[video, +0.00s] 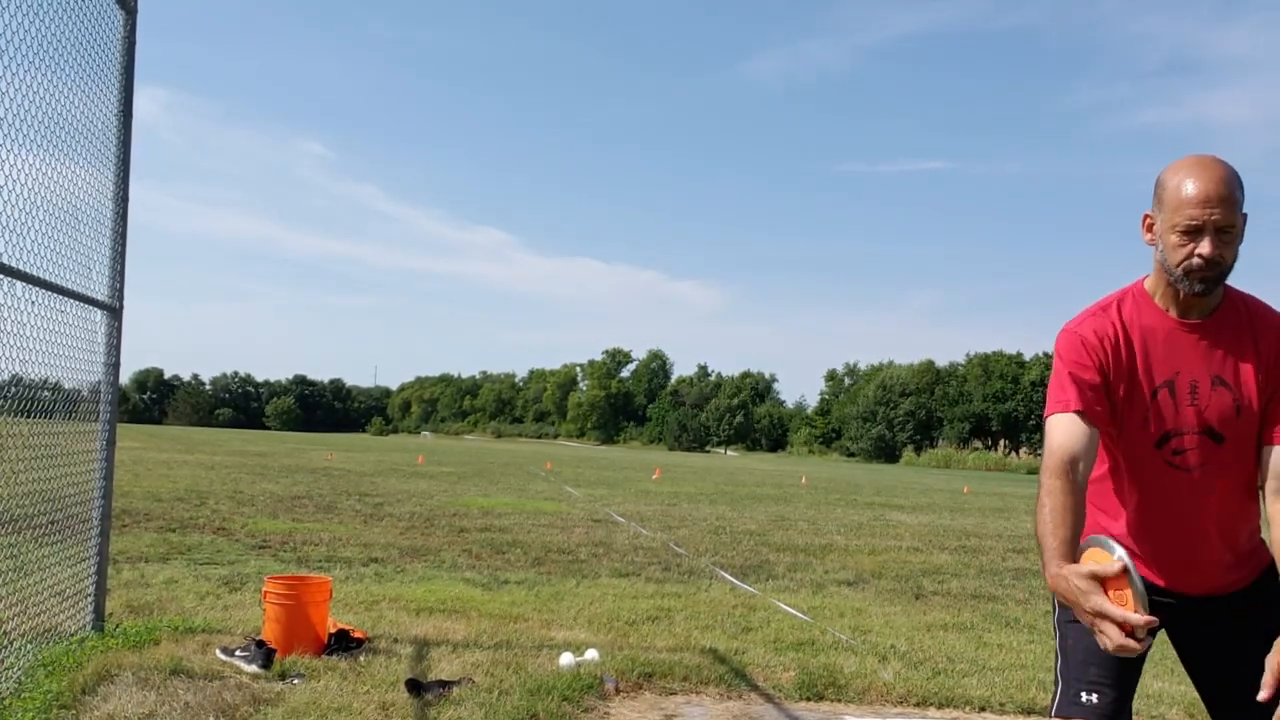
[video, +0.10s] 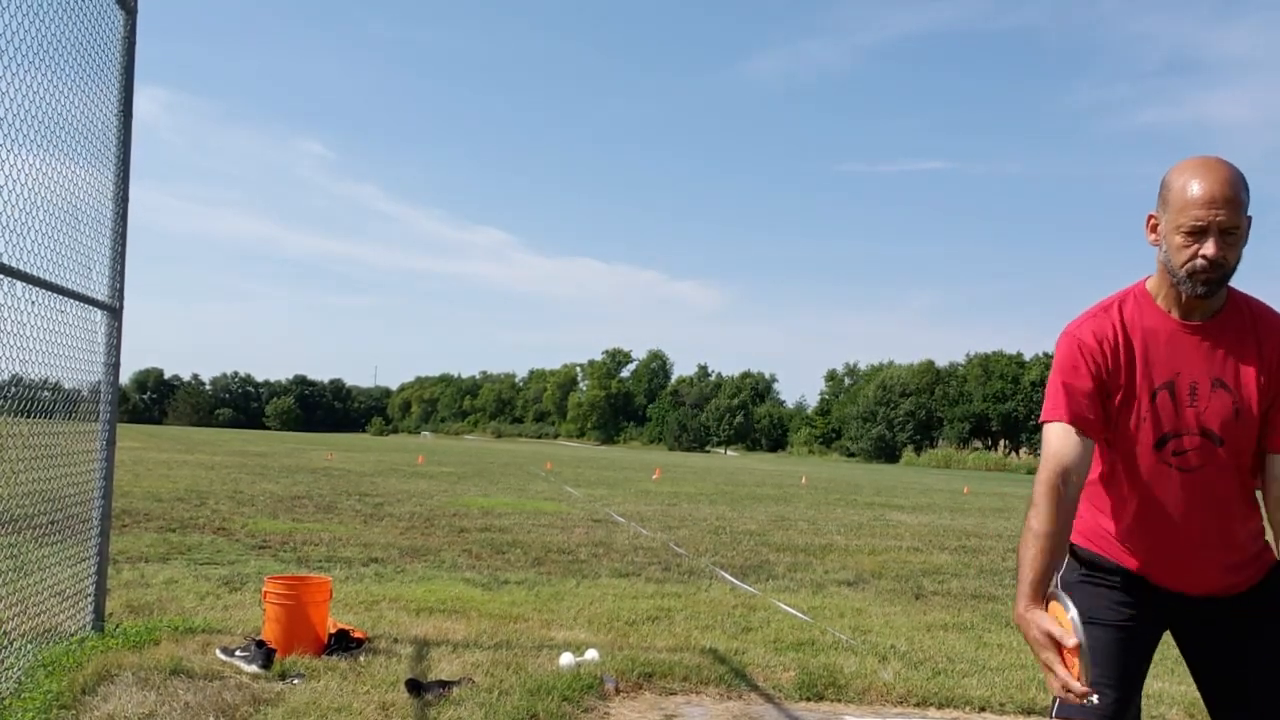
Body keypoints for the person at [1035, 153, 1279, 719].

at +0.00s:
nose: (1207, 250)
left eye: (1224, 232)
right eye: (1189, 232)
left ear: (1242, 231)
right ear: (1151, 230)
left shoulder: (1268, 334)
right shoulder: (1094, 337)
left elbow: (1274, 484)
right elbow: (1065, 467)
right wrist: (1057, 571)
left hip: (1234, 579)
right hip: (1118, 572)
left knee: (1257, 708)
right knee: (1088, 709)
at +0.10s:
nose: (1212, 251)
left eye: (1228, 233)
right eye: (1195, 233)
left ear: (1247, 233)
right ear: (1155, 229)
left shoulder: (1268, 336)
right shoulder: (1095, 338)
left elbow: (1276, 481)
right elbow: (1060, 476)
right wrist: (1028, 601)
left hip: (1237, 577)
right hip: (1116, 572)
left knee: (1260, 707)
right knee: (1091, 708)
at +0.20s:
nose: (1219, 248)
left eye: (1236, 230)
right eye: (1201, 229)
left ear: (1253, 230)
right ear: (1160, 227)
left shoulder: (1270, 333)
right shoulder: (1100, 338)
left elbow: (1274, 473)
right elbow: (1053, 479)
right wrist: (1004, 598)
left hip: (1240, 577)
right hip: (1117, 573)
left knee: (1261, 707)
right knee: (1096, 707)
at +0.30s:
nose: (1224, 246)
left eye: (1240, 227)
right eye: (1206, 227)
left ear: (1257, 229)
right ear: (1164, 226)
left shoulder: (1275, 329)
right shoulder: (1102, 336)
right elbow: (1050, 460)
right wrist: (995, 559)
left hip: (1242, 571)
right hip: (1116, 566)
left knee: (1261, 707)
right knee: (1091, 709)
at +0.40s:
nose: (1225, 247)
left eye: (1241, 228)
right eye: (1206, 228)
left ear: (1260, 228)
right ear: (1166, 226)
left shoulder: (1274, 325)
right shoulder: (1101, 334)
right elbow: (1051, 439)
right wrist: (997, 517)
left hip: (1243, 568)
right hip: (1118, 562)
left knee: (1259, 708)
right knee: (1093, 710)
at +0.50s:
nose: (1224, 249)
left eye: (1241, 230)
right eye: (1206, 230)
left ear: (1260, 231)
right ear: (1165, 228)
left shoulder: (1275, 328)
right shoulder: (1097, 336)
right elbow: (1051, 434)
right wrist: (1002, 501)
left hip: (1244, 573)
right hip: (1117, 567)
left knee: (1261, 706)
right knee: (1094, 710)